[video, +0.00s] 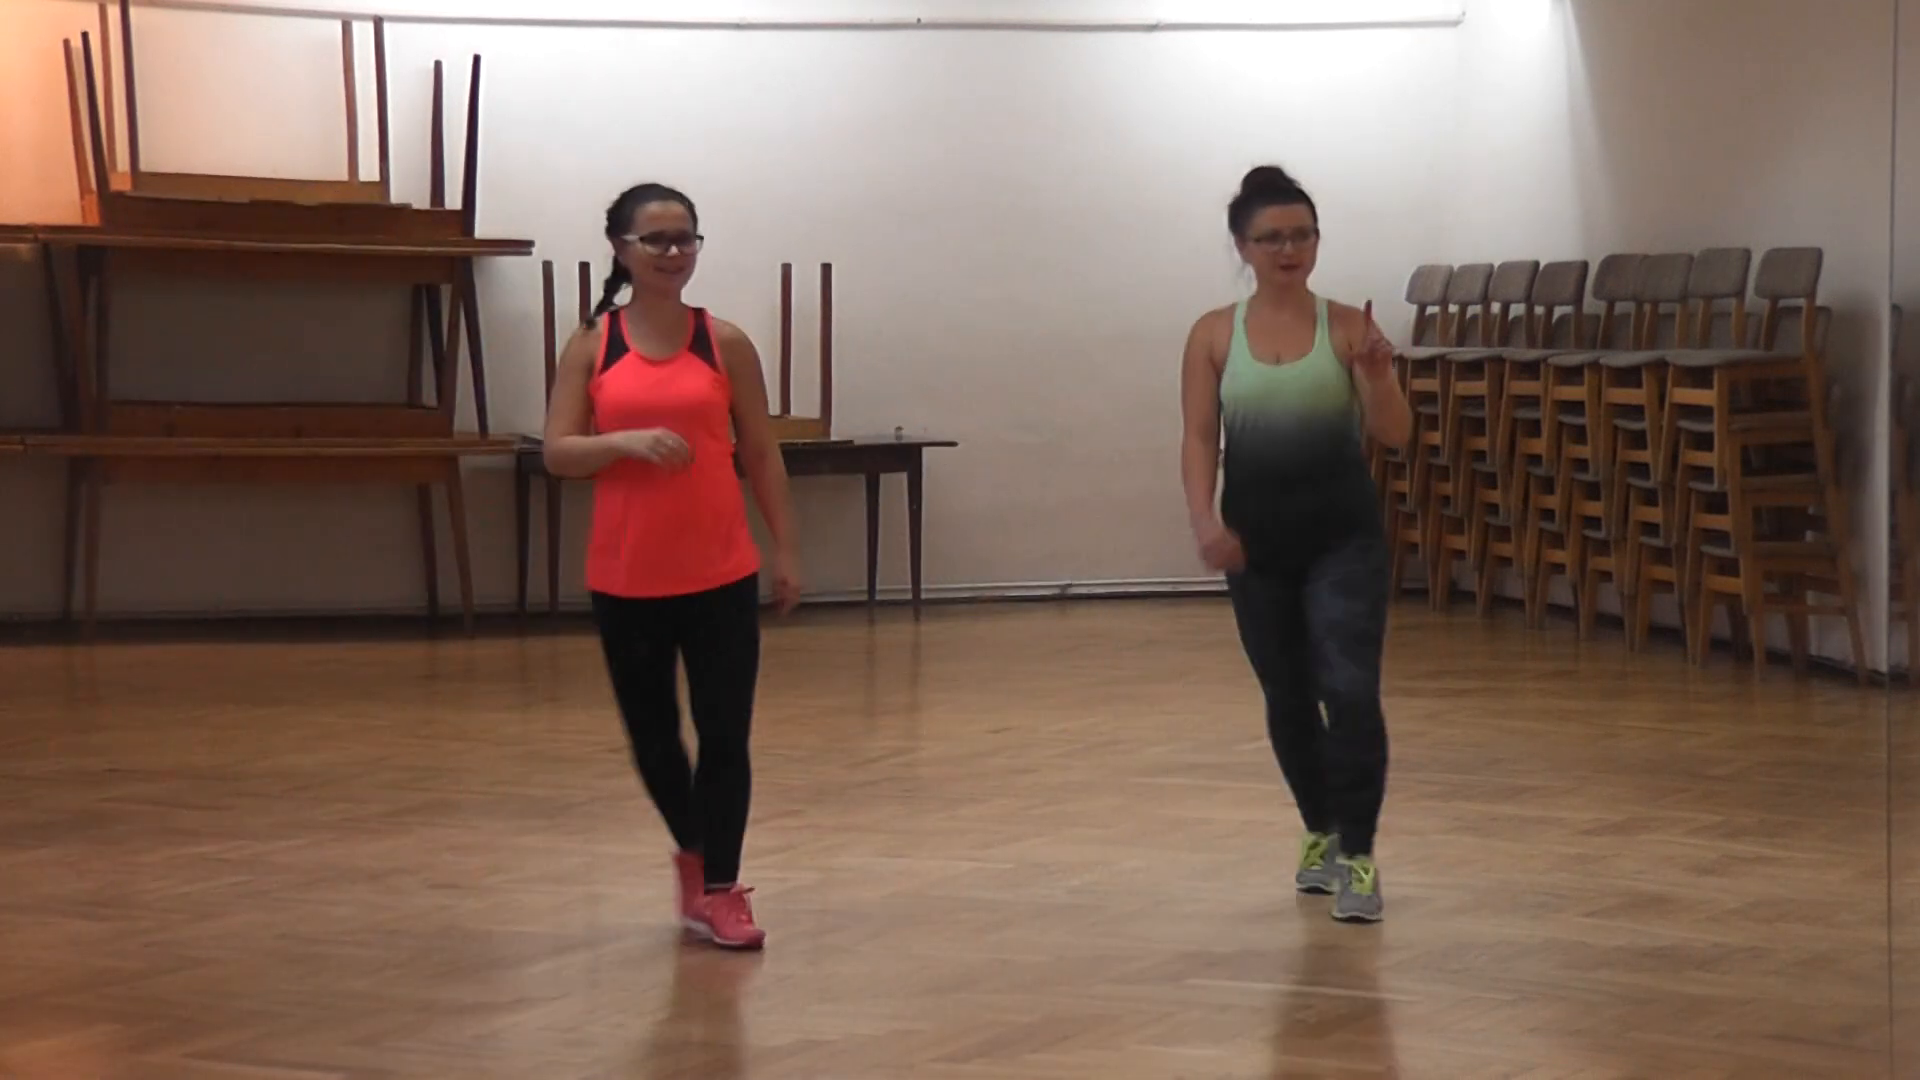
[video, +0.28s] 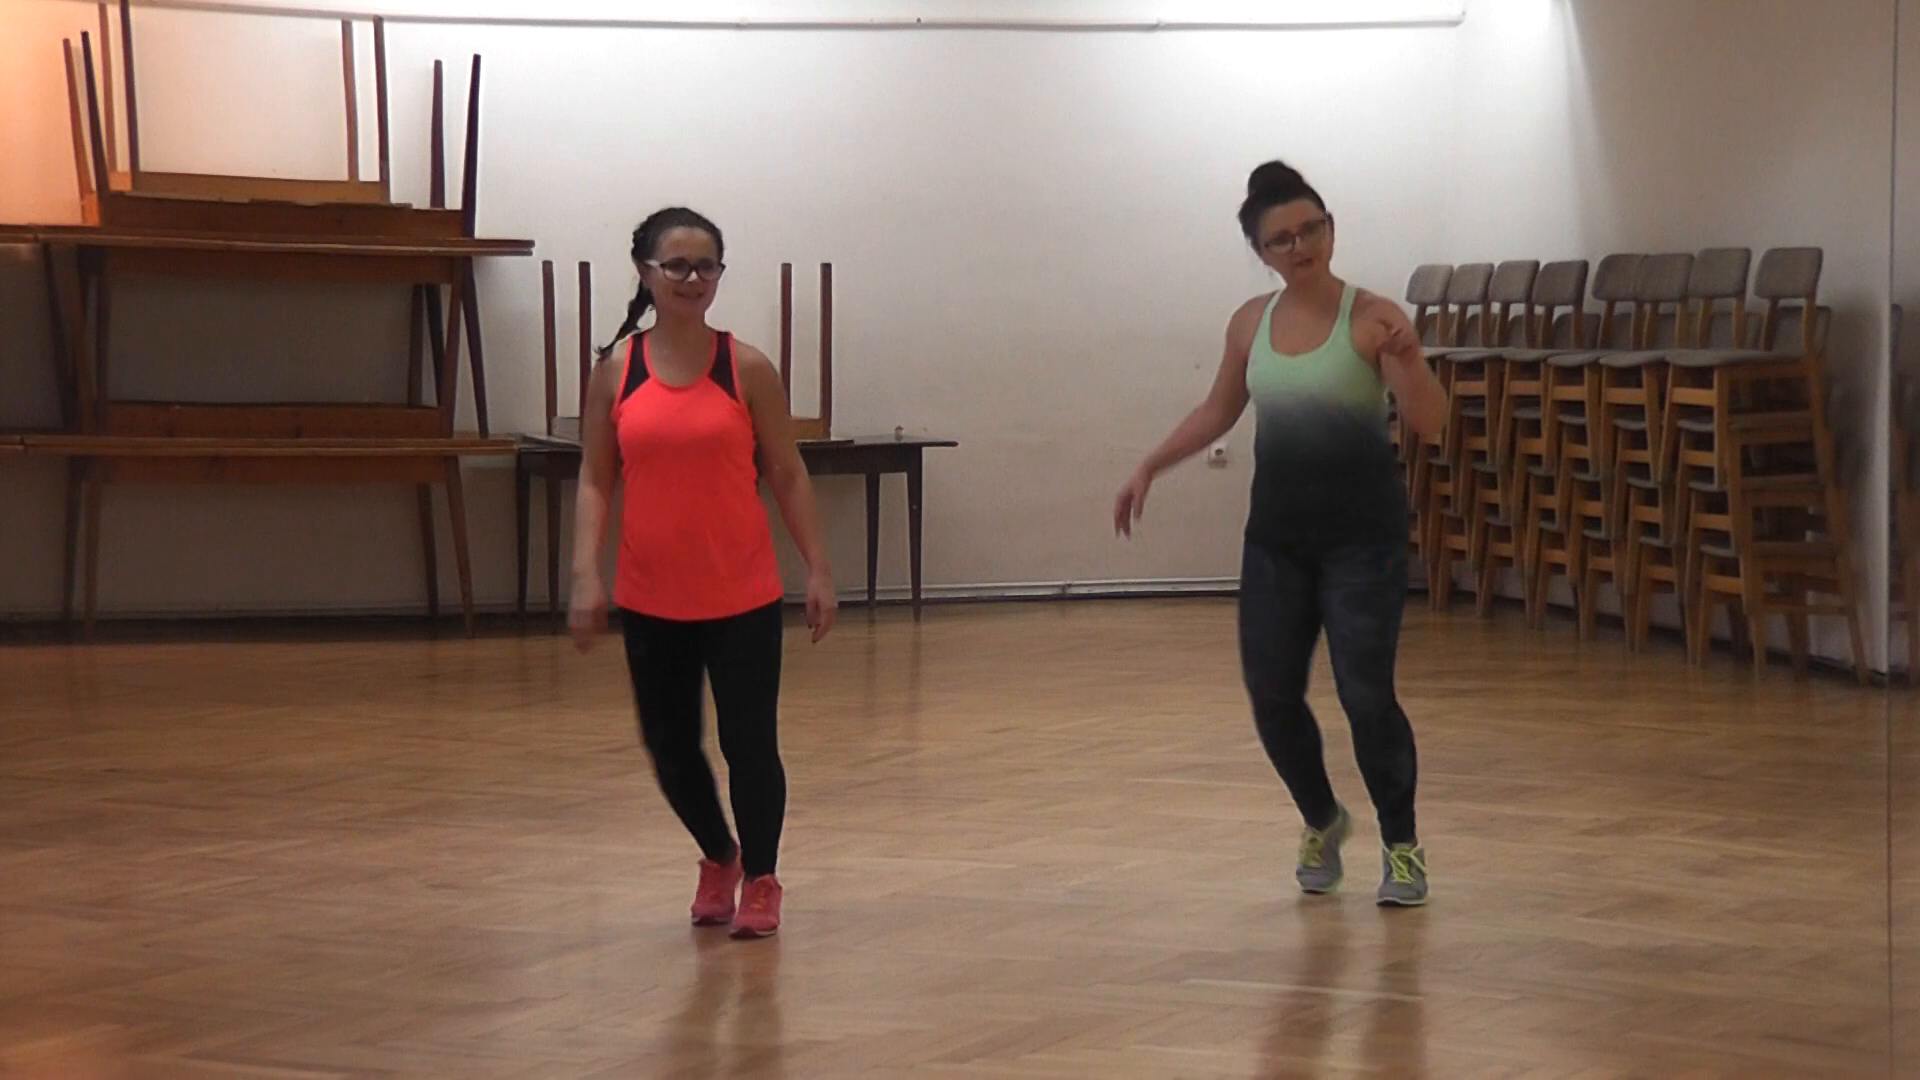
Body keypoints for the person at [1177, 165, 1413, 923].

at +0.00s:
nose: (1291, 248)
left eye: (1302, 233)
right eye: (1273, 237)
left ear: (1317, 239)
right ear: (1242, 246)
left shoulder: (1350, 325)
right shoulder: (1215, 335)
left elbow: (1395, 434)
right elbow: (1200, 439)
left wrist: (1379, 376)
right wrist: (1207, 524)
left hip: (1345, 541)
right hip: (1259, 546)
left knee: (1350, 691)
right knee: (1287, 698)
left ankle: (1355, 851)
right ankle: (1319, 830)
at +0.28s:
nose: (1300, 248)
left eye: (1310, 229)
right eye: (1280, 240)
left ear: (1331, 225)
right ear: (1259, 251)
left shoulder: (1375, 317)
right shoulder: (1251, 322)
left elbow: (1432, 425)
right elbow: (1218, 410)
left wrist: (1407, 357)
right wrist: (1147, 468)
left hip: (1363, 538)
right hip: (1276, 540)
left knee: (1366, 694)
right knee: (1271, 698)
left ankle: (1400, 842)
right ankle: (1324, 821)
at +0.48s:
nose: (1285, 244)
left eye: (1296, 226)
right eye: (1267, 235)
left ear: (1322, 225)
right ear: (1251, 246)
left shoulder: (1371, 311)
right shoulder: (1263, 310)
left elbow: (1447, 395)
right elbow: (1265, 377)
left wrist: (1407, 378)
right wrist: (1192, 406)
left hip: (1366, 535)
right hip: (1278, 529)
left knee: (1373, 693)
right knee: (1230, 669)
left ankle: (1403, 846)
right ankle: (1256, 844)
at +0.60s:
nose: (1277, 271)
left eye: (1289, 254)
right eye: (1260, 262)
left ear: (1316, 253)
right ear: (1245, 274)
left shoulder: (1360, 340)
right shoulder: (1258, 344)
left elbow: (1416, 433)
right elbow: (1273, 427)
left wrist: (1403, 481)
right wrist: (1222, 459)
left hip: (1353, 559)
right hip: (1266, 557)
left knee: (1361, 703)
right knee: (1222, 698)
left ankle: (1402, 849)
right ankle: (1251, 873)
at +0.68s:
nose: (1273, 276)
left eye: (1285, 259)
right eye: (1256, 267)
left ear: (1311, 259)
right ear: (1238, 279)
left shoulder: (1349, 349)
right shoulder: (1249, 358)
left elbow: (1391, 455)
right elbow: (1263, 470)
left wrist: (1388, 542)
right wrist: (1226, 537)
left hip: (1331, 573)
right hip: (1249, 570)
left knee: (1322, 718)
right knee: (1213, 711)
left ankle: (1395, 844)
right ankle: (1252, 876)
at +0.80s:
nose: (1265, 270)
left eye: (1278, 255)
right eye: (1248, 260)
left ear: (1303, 258)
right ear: (1230, 271)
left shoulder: (1338, 347)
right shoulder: (1224, 360)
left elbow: (1380, 454)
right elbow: (1213, 470)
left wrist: (1354, 538)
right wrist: (1173, 562)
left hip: (1313, 561)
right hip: (1233, 561)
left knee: (1238, 703)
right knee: (1199, 709)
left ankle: (1331, 801)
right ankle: (1252, 878)